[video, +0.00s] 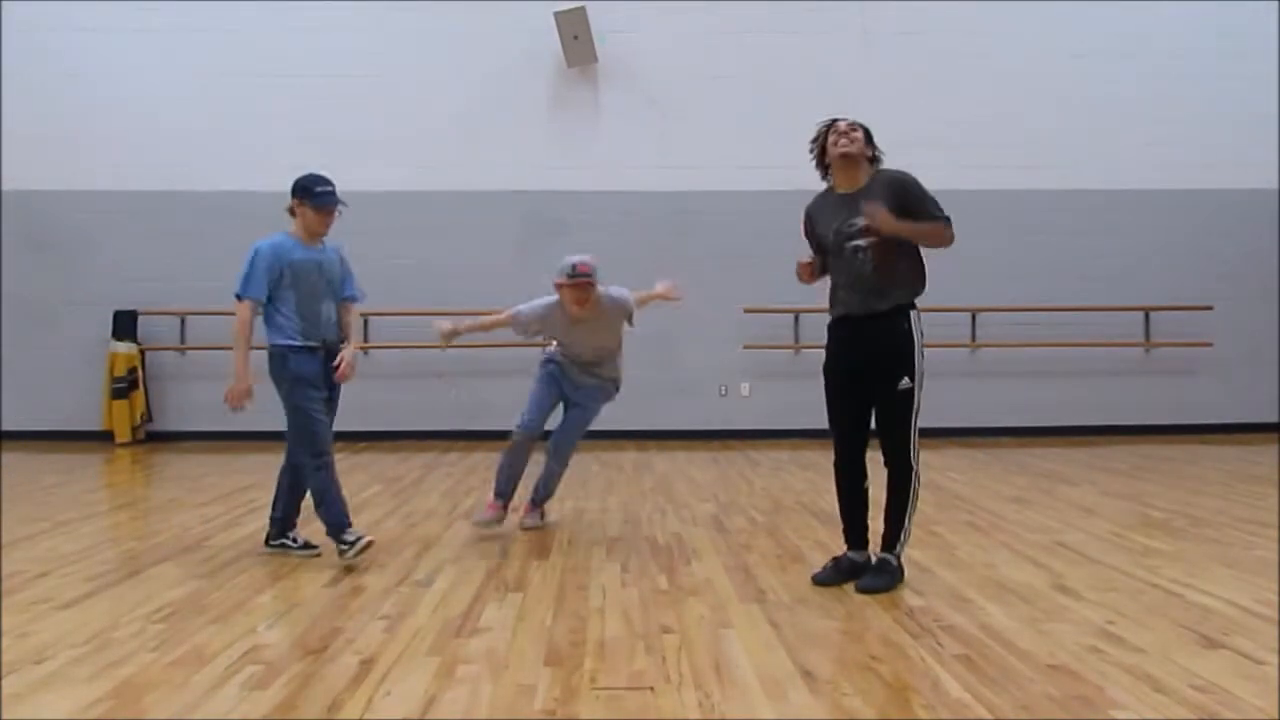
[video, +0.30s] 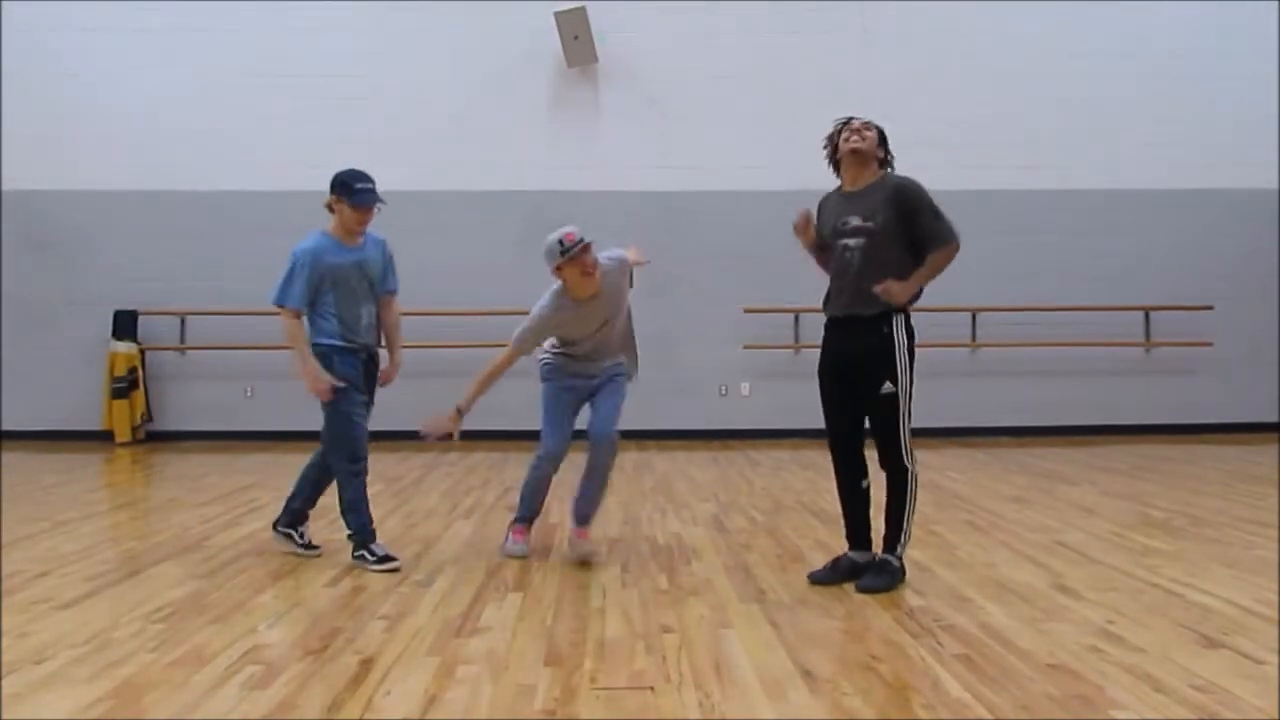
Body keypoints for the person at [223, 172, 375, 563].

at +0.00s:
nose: (329, 219)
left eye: (332, 211)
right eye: (321, 211)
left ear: (335, 211)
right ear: (297, 208)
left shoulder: (333, 254)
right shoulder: (270, 251)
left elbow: (348, 306)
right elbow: (245, 312)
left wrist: (351, 344)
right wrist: (242, 375)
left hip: (329, 356)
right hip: (291, 356)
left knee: (305, 445)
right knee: (317, 442)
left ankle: (280, 530)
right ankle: (342, 532)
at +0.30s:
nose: (366, 216)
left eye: (370, 208)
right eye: (358, 208)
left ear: (375, 207)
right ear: (334, 205)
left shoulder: (377, 248)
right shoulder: (312, 253)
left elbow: (388, 303)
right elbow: (290, 316)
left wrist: (394, 354)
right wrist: (312, 372)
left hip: (369, 358)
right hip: (333, 358)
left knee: (337, 449)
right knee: (352, 452)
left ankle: (290, 520)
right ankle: (362, 542)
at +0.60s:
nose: (414, 215)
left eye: (420, 207)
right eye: (407, 206)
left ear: (424, 206)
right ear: (384, 201)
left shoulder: (407, 244)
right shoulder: (359, 245)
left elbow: (404, 290)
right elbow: (314, 293)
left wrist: (418, 321)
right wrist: (354, 335)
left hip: (410, 354)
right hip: (374, 358)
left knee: (431, 435)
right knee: (375, 447)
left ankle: (398, 521)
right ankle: (364, 542)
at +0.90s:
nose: (461, 224)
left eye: (466, 216)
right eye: (454, 215)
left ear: (471, 216)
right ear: (430, 210)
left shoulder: (450, 255)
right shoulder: (406, 247)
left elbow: (447, 308)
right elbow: (383, 305)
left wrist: (476, 317)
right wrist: (438, 295)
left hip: (455, 365)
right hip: (415, 367)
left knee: (479, 448)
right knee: (404, 454)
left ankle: (485, 533)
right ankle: (368, 540)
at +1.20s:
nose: (473, 227)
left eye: (480, 220)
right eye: (466, 219)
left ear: (490, 216)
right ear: (450, 211)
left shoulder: (491, 251)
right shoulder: (424, 246)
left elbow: (518, 308)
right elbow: (426, 304)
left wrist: (517, 277)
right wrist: (461, 258)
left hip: (478, 367)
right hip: (428, 365)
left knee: (490, 449)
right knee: (412, 449)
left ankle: (485, 532)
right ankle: (395, 541)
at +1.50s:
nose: (427, 234)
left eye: (432, 225)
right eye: (417, 227)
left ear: (443, 217)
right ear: (403, 221)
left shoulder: (463, 250)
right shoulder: (387, 254)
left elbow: (481, 302)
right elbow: (395, 314)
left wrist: (471, 316)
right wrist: (417, 258)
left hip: (461, 372)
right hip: (409, 373)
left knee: (484, 452)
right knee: (387, 458)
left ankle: (485, 532)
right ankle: (377, 558)